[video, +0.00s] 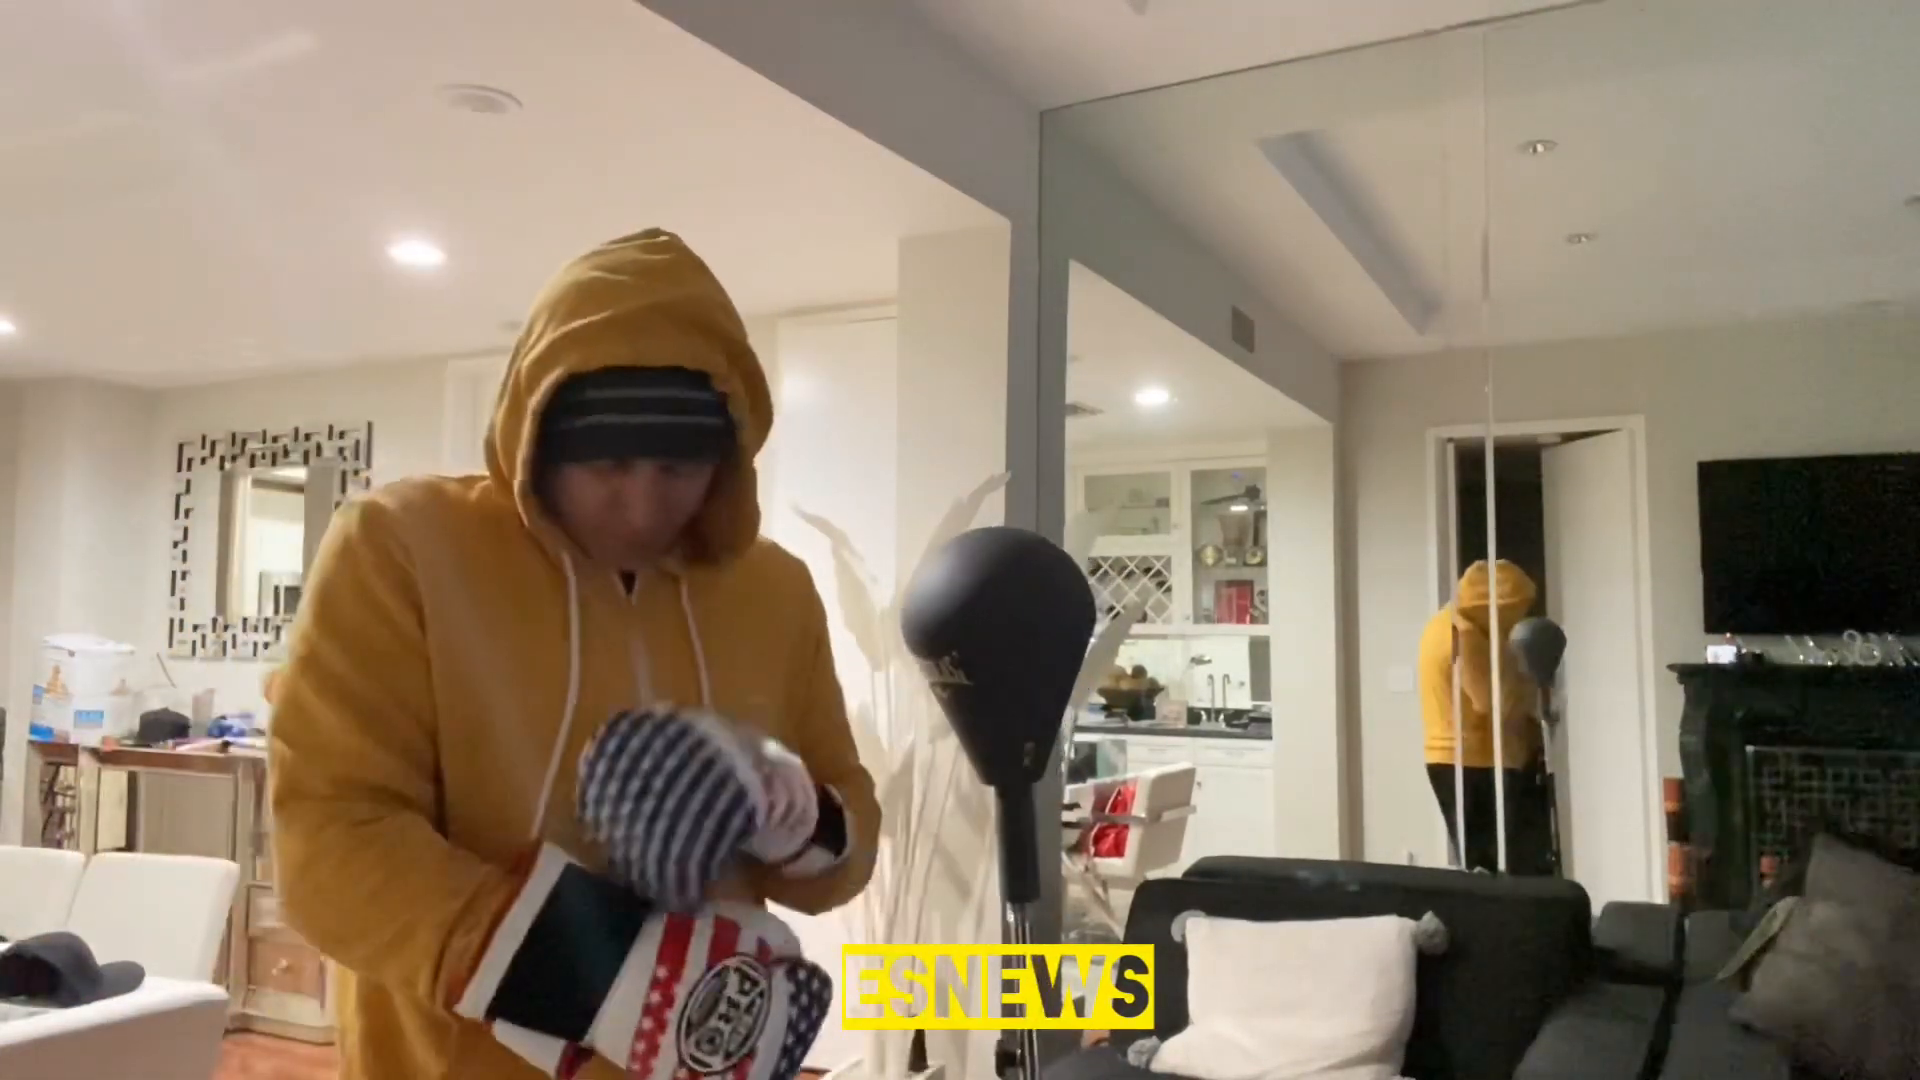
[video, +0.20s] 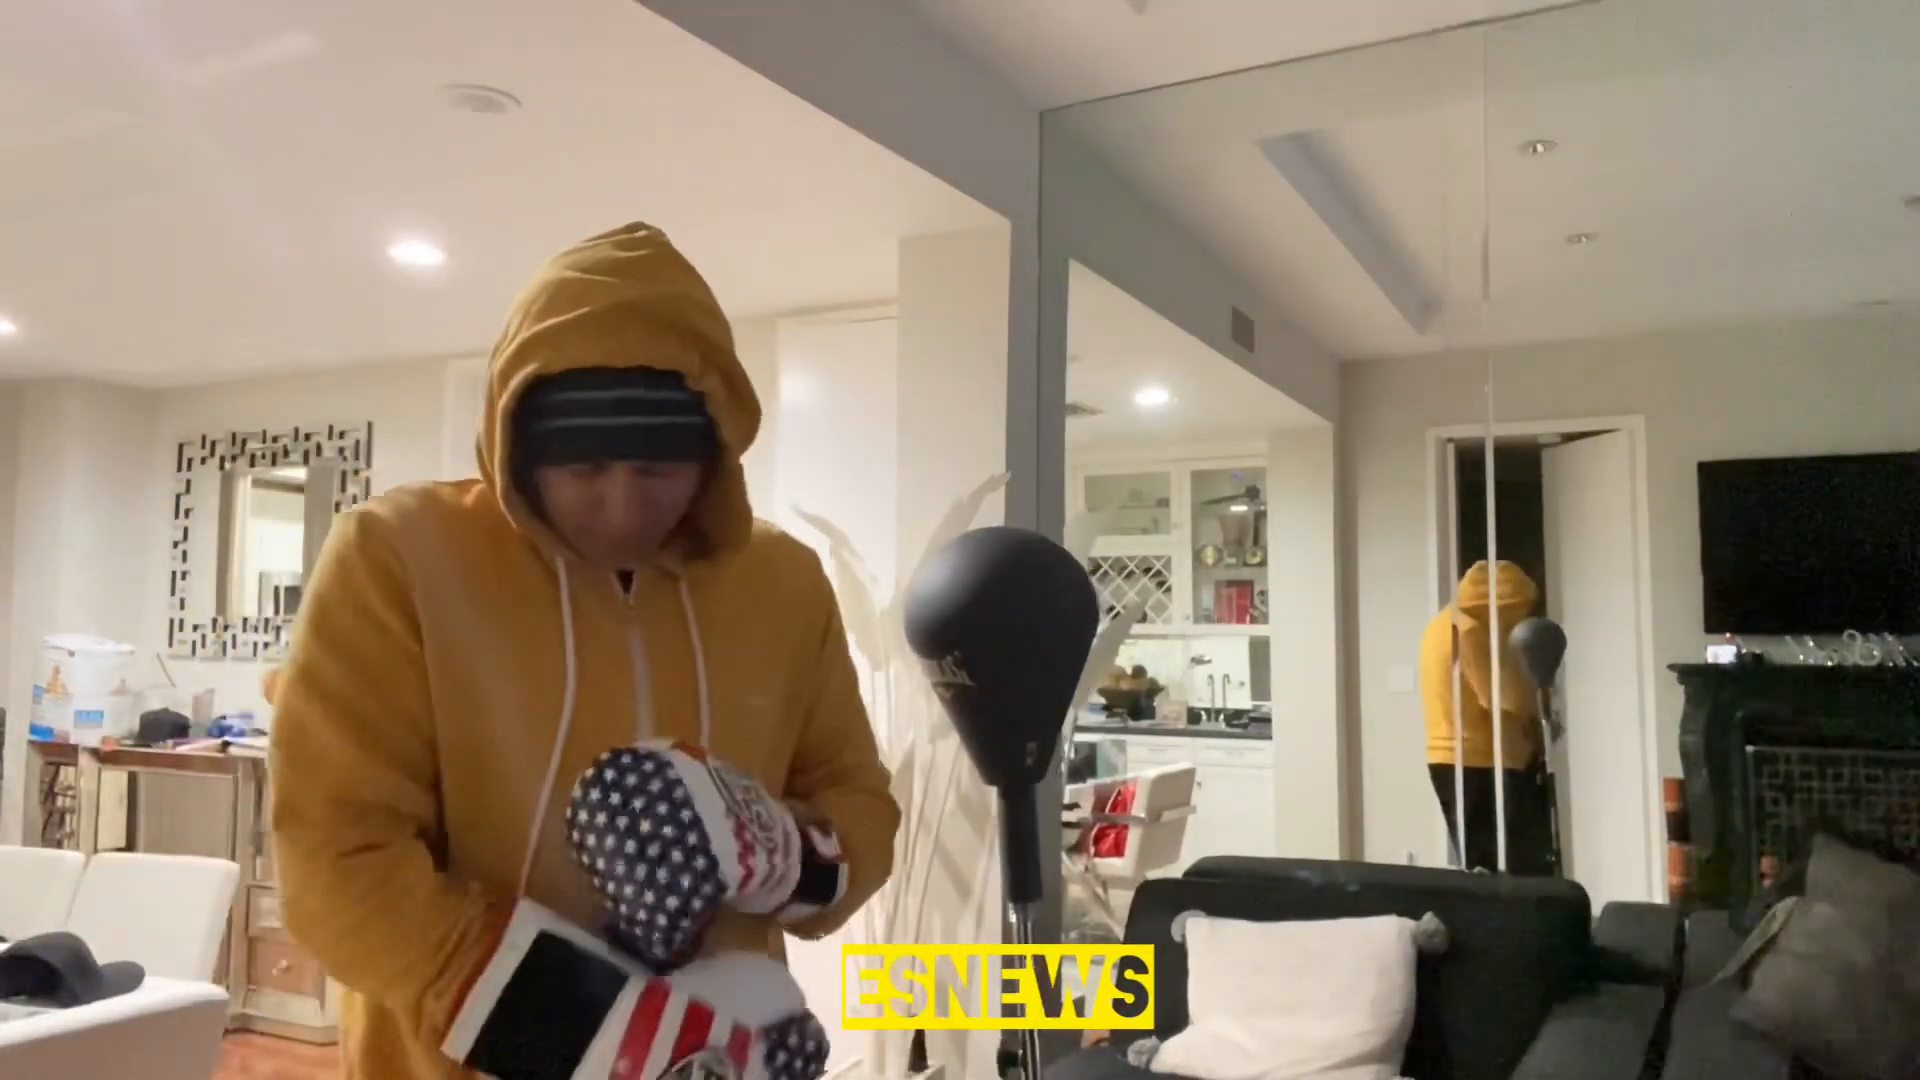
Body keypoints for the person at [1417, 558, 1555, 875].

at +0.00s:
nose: (1517, 619)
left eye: (1521, 610)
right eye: (1517, 609)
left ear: (1475, 596)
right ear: (1496, 604)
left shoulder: (1439, 628)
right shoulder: (1466, 634)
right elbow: (1491, 700)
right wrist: (1527, 686)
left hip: (1449, 763)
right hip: (1478, 765)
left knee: (1478, 865)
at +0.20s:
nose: (1519, 620)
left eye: (1524, 611)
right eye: (1520, 609)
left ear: (1475, 593)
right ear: (1500, 603)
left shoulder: (1439, 627)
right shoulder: (1470, 630)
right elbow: (1507, 696)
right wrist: (1536, 695)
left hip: (1451, 765)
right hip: (1484, 767)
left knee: (1480, 870)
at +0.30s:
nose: (1520, 620)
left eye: (1525, 611)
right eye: (1521, 609)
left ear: (1478, 593)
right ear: (1502, 602)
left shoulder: (1438, 628)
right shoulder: (1475, 631)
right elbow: (1510, 697)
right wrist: (1537, 723)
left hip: (1449, 764)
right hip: (1485, 766)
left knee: (1476, 868)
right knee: (1509, 869)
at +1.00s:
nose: (1538, 616)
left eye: (1538, 610)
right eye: (1538, 608)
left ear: (1489, 589)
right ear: (1530, 599)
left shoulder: (1450, 631)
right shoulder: (1513, 627)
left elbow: (1451, 692)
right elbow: (1535, 687)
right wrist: (1564, 676)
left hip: (1459, 761)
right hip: (1510, 764)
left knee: (1476, 856)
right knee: (1526, 859)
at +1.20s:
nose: (1541, 615)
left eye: (1542, 609)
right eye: (1539, 608)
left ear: (1494, 589)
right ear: (1532, 600)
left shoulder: (1453, 630)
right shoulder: (1516, 627)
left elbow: (1459, 695)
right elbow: (1545, 688)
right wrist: (1577, 681)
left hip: (1461, 763)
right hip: (1511, 766)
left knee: (1476, 858)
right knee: (1525, 863)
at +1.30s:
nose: (1542, 615)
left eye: (1543, 609)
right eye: (1540, 608)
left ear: (1492, 589)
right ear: (1532, 600)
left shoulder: (1453, 631)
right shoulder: (1519, 629)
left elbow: (1458, 694)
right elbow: (1549, 691)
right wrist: (1580, 677)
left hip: (1462, 762)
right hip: (1514, 765)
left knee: (1475, 855)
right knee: (1524, 858)